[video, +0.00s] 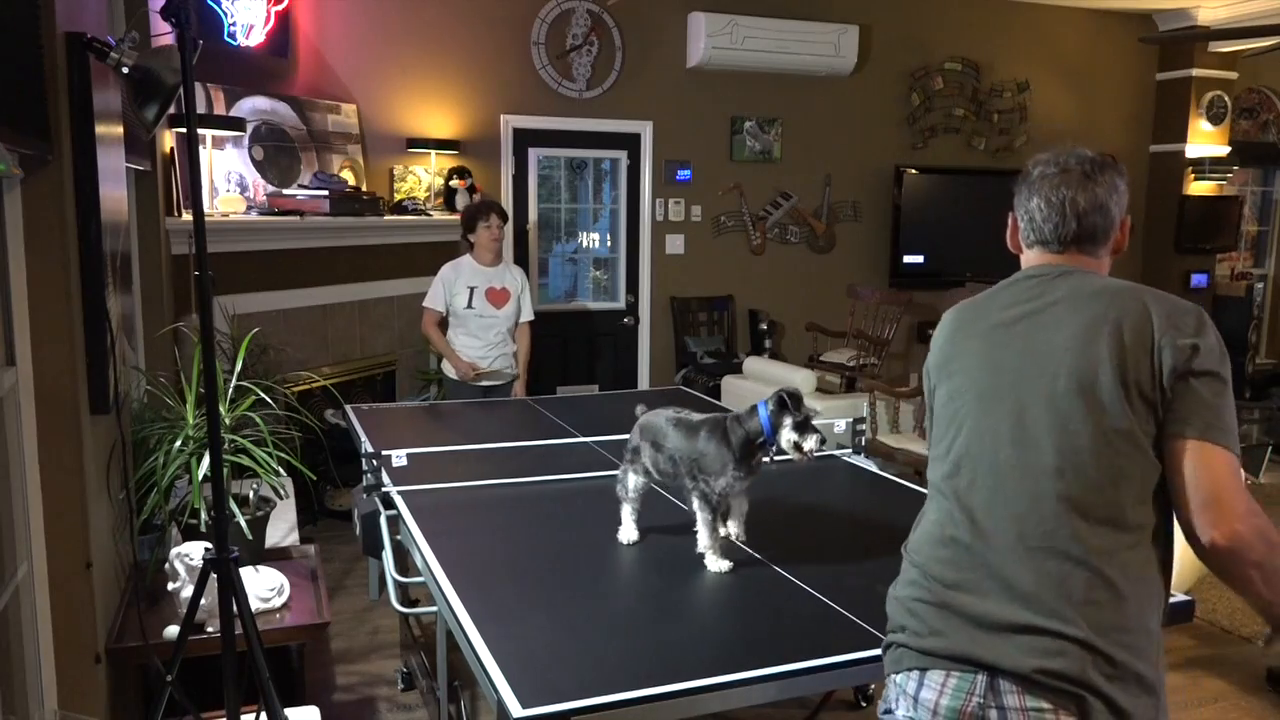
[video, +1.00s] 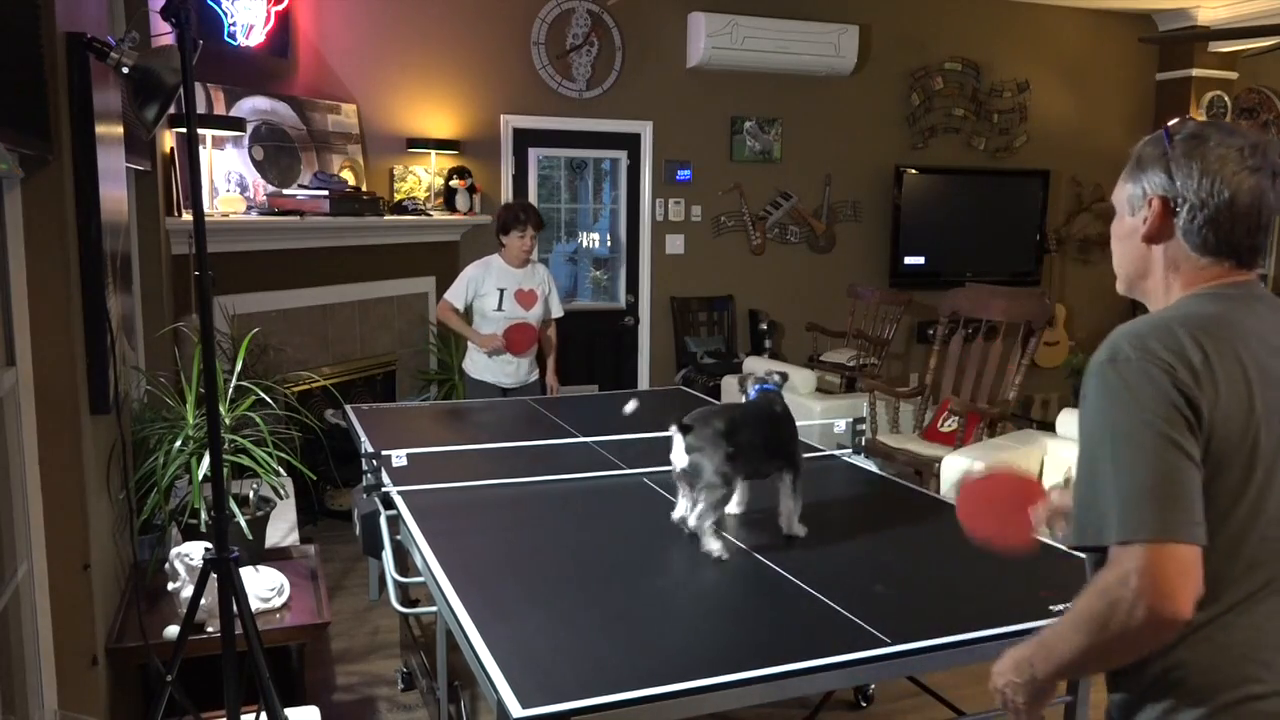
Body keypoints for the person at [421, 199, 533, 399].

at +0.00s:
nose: (496, 233)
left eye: (500, 227)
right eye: (487, 227)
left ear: (504, 231)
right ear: (471, 235)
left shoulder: (516, 275)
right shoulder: (451, 272)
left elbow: (522, 328)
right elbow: (429, 324)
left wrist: (521, 377)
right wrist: (456, 362)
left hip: (504, 381)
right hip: (461, 382)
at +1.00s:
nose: (529, 244)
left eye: (533, 237)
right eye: (521, 236)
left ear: (537, 237)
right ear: (503, 237)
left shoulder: (541, 274)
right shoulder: (479, 271)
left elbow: (548, 325)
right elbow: (443, 310)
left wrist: (551, 370)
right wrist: (478, 338)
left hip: (526, 379)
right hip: (484, 379)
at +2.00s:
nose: (520, 233)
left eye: (524, 227)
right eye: (511, 227)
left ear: (529, 232)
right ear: (496, 234)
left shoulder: (537, 274)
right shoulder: (479, 272)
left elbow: (543, 328)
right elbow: (460, 325)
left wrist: (546, 375)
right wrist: (499, 350)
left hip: (528, 382)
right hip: (485, 383)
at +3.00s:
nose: (520, 234)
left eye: (524, 228)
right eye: (511, 228)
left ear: (529, 232)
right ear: (496, 235)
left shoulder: (543, 275)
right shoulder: (477, 273)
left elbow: (552, 327)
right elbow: (456, 323)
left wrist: (554, 375)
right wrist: (485, 349)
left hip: (534, 383)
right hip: (489, 383)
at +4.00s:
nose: (468, 236)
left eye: (475, 230)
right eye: (459, 229)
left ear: (482, 237)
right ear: (446, 237)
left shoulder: (489, 277)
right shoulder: (432, 268)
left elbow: (494, 335)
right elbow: (405, 287)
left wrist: (496, 383)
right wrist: (425, 298)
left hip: (474, 388)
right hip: (430, 389)